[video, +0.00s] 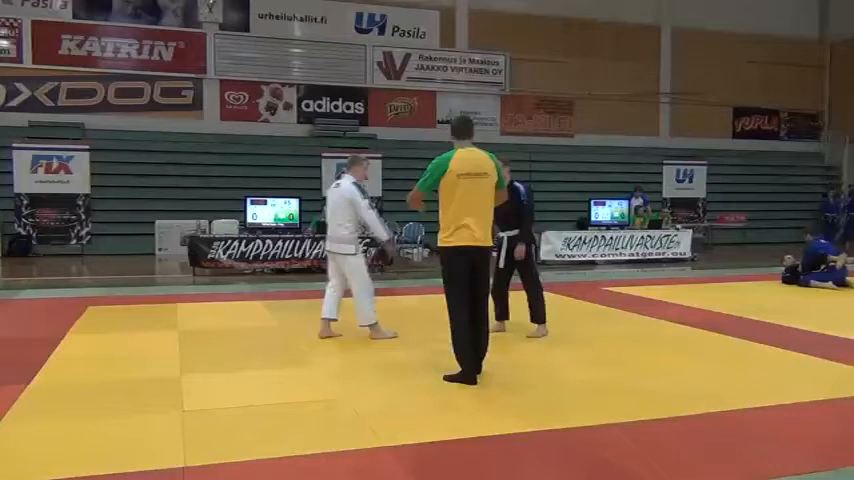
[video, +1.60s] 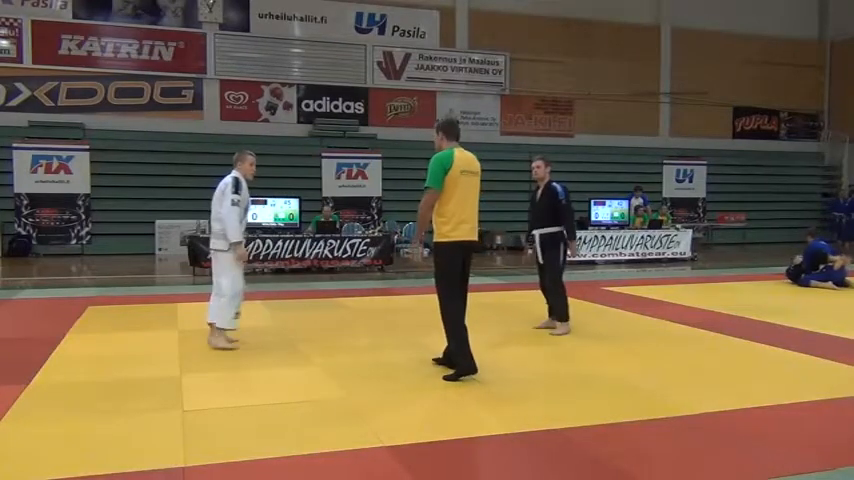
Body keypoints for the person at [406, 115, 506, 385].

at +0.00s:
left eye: (454, 135)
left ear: (452, 136)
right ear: (473, 135)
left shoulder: (444, 161)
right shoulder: (491, 160)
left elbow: (413, 199)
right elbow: (502, 196)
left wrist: (422, 204)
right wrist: (478, 200)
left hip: (453, 245)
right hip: (482, 244)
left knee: (458, 306)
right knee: (479, 303)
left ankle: (468, 370)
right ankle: (476, 362)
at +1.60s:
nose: (435, 142)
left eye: (436, 138)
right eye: (436, 138)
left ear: (441, 136)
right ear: (457, 136)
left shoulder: (442, 159)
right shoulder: (473, 160)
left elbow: (428, 199)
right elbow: (469, 198)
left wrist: (418, 235)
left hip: (447, 239)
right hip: (468, 238)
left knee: (449, 301)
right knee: (457, 298)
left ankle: (465, 362)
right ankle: (453, 351)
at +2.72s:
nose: (425, 145)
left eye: (425, 141)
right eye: (429, 141)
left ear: (427, 141)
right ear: (446, 140)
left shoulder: (430, 158)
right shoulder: (461, 161)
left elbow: (422, 199)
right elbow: (459, 198)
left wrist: (411, 237)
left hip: (443, 237)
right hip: (461, 235)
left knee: (445, 298)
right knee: (452, 296)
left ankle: (460, 357)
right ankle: (449, 352)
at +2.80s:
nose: (424, 148)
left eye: (424, 144)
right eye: (427, 143)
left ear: (427, 143)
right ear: (445, 142)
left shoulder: (430, 158)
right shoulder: (461, 161)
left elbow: (422, 196)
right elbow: (459, 197)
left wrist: (412, 237)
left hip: (443, 236)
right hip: (462, 234)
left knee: (445, 298)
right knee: (453, 297)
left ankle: (461, 357)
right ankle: (449, 352)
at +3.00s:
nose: (421, 158)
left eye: (421, 154)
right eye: (422, 154)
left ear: (425, 150)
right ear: (440, 148)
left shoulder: (427, 159)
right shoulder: (458, 164)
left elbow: (422, 196)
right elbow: (458, 200)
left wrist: (414, 239)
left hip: (444, 235)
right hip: (463, 234)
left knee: (447, 300)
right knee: (452, 299)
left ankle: (461, 359)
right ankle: (450, 352)